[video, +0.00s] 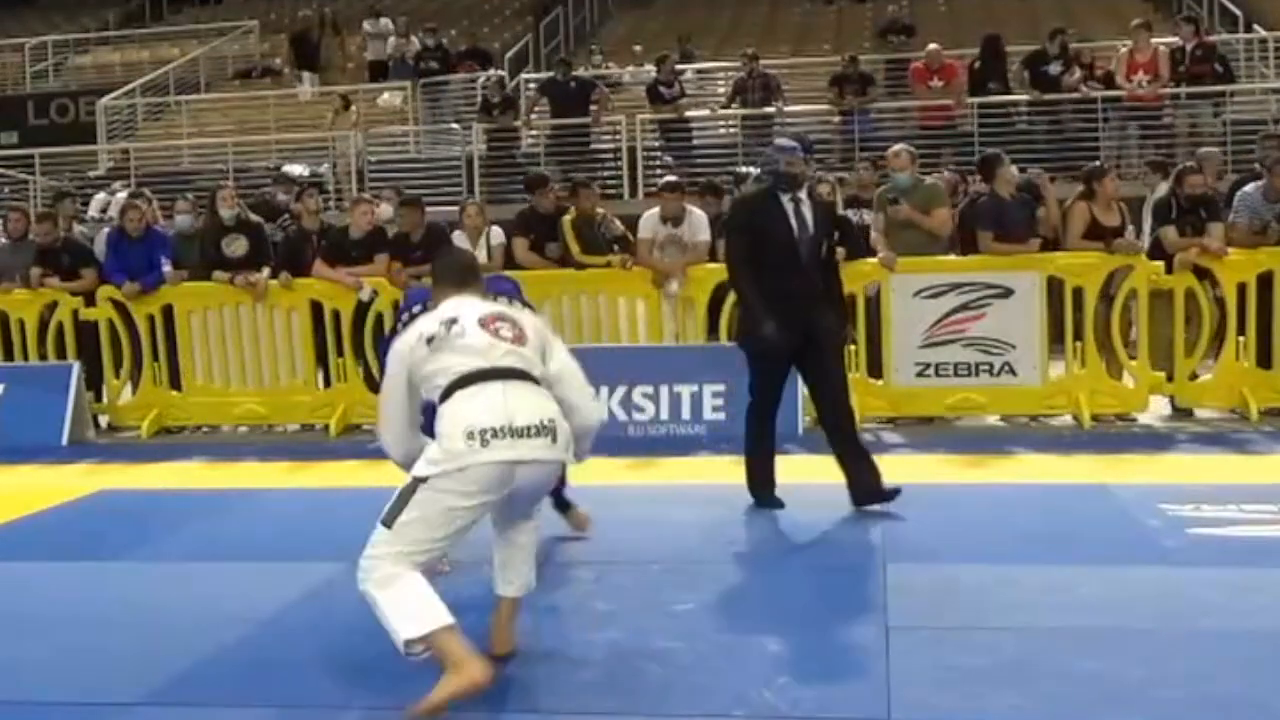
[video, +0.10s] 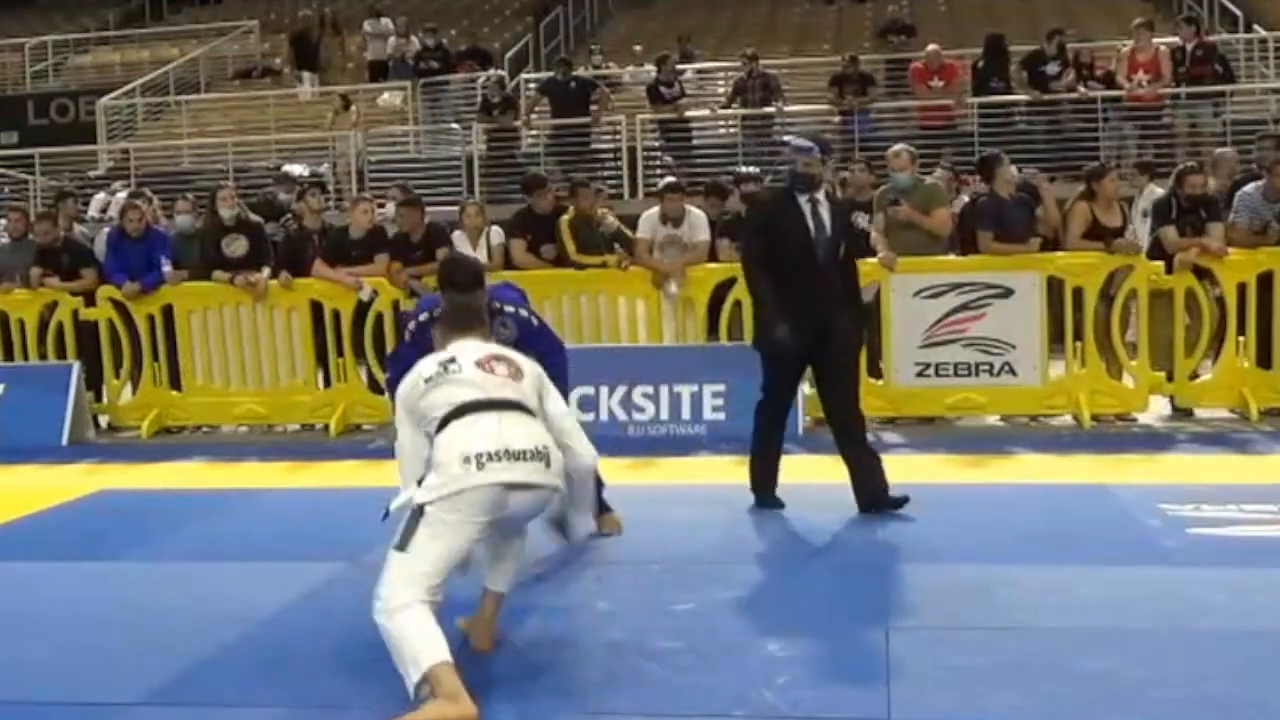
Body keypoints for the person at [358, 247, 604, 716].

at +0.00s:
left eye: (432, 289)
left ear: (434, 289)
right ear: (482, 283)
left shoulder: (411, 337)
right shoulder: (529, 321)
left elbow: (399, 444)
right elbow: (587, 412)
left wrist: (444, 473)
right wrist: (561, 457)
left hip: (470, 453)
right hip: (544, 450)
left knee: (383, 565)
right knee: (516, 519)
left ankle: (462, 663)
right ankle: (504, 631)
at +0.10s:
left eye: (433, 333)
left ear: (438, 334)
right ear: (488, 327)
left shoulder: (414, 380)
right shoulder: (527, 366)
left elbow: (412, 479)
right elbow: (584, 458)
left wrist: (413, 536)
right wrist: (578, 526)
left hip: (464, 477)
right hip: (540, 474)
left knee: (399, 599)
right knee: (507, 528)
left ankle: (449, 694)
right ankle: (486, 622)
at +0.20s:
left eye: (465, 353)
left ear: (469, 354)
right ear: (518, 353)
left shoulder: (442, 377)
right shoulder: (545, 382)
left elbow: (385, 442)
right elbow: (593, 431)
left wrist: (377, 514)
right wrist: (639, 490)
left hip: (462, 467)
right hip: (532, 477)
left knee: (433, 571)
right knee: (496, 531)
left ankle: (448, 670)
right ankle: (480, 625)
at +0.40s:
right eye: (583, 313)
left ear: (546, 307)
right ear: (585, 316)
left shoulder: (510, 332)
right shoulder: (596, 362)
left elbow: (454, 347)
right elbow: (646, 430)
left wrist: (486, 368)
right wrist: (703, 478)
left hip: (471, 439)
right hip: (530, 463)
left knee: (383, 519)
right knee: (501, 544)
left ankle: (441, 549)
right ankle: (487, 581)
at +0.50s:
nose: (609, 343)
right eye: (615, 338)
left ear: (578, 330)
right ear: (616, 344)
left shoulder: (536, 348)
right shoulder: (623, 403)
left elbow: (467, 377)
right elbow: (656, 478)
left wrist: (499, 409)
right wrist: (690, 549)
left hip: (470, 472)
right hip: (530, 500)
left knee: (378, 467)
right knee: (567, 537)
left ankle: (391, 530)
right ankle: (518, 570)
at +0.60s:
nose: (632, 384)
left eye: (608, 367)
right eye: (637, 380)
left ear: (599, 361)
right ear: (636, 380)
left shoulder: (550, 377)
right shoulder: (627, 428)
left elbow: (490, 373)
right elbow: (652, 500)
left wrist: (526, 403)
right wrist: (680, 571)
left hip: (485, 492)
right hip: (541, 524)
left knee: (404, 476)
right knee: (589, 545)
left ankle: (362, 559)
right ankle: (529, 568)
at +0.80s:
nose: (607, 398)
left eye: (608, 392)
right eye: (610, 392)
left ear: (575, 370)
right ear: (607, 389)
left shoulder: (523, 379)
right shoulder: (592, 431)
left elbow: (494, 402)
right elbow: (623, 496)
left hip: (449, 491)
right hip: (502, 508)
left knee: (432, 515)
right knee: (597, 549)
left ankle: (391, 544)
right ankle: (521, 568)